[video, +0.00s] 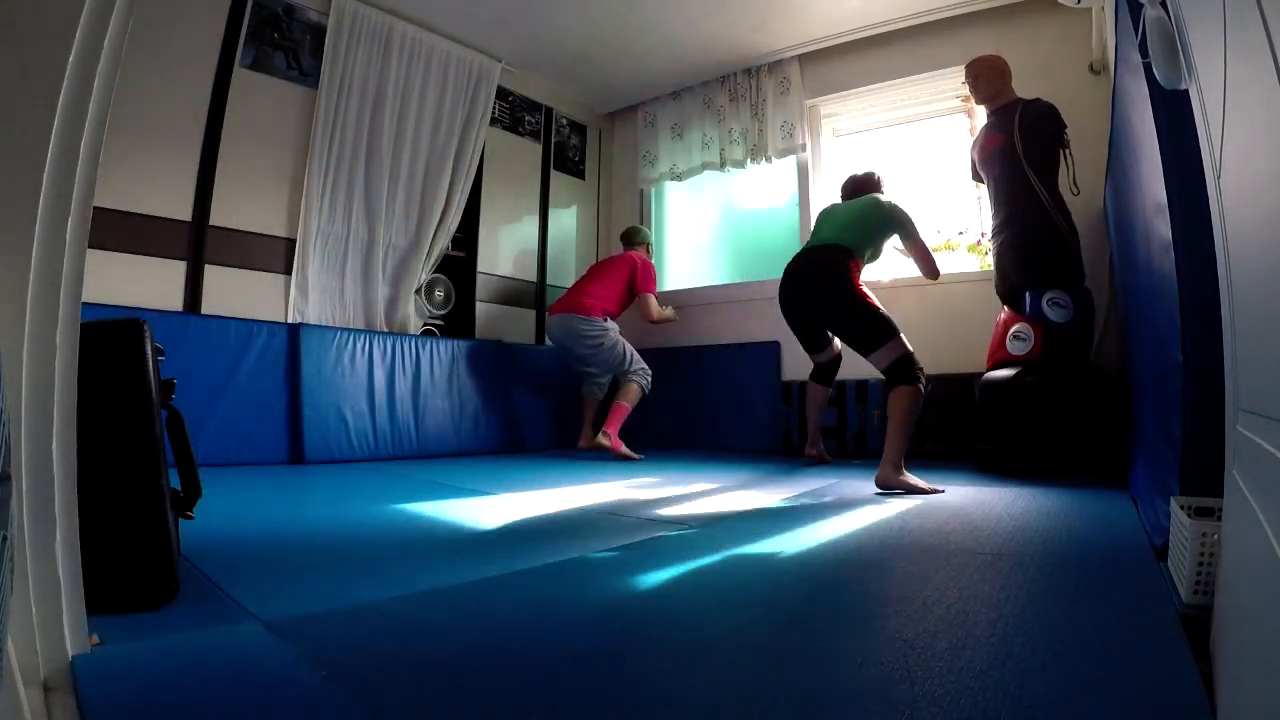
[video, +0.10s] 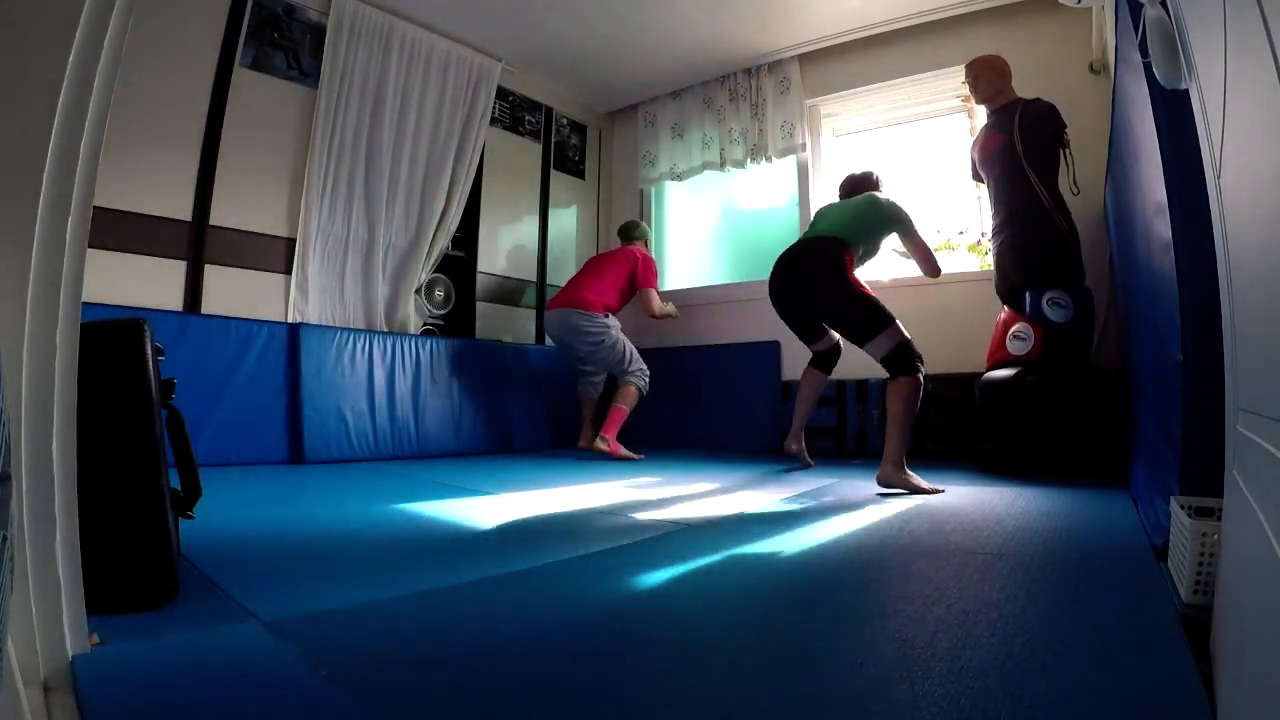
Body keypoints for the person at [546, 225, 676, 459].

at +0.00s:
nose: (651, 254)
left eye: (650, 251)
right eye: (651, 250)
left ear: (624, 247)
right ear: (647, 248)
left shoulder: (607, 262)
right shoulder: (641, 262)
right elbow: (652, 314)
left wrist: (650, 302)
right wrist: (668, 314)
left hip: (556, 319)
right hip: (587, 320)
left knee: (598, 374)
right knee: (638, 372)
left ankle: (586, 435)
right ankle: (610, 433)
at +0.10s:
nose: (649, 247)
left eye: (649, 244)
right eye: (649, 244)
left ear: (621, 242)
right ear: (645, 242)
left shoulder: (602, 257)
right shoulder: (642, 257)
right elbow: (653, 309)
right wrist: (668, 310)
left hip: (554, 314)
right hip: (587, 316)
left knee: (592, 370)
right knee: (636, 373)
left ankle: (586, 435)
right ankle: (608, 437)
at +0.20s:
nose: (645, 240)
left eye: (645, 238)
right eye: (645, 237)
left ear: (616, 234)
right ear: (641, 235)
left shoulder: (597, 248)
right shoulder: (638, 249)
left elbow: (577, 278)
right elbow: (651, 300)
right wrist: (668, 304)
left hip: (547, 303)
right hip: (583, 304)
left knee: (584, 364)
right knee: (627, 368)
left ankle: (584, 431)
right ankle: (607, 439)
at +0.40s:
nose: (632, 238)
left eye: (632, 235)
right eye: (632, 234)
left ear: (602, 231)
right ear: (627, 232)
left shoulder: (587, 244)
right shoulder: (622, 245)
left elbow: (562, 278)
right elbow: (637, 297)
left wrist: (588, 306)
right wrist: (657, 298)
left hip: (526, 299)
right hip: (561, 298)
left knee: (568, 362)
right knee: (613, 357)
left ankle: (552, 437)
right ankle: (587, 424)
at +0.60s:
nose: (617, 231)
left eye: (616, 228)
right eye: (616, 227)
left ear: (584, 223)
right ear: (611, 225)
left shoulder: (568, 236)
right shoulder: (608, 237)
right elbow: (622, 292)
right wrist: (641, 294)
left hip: (503, 289)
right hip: (539, 290)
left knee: (549, 363)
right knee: (584, 362)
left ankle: (546, 434)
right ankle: (557, 437)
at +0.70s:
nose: (608, 229)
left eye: (608, 225)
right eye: (608, 225)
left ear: (578, 219)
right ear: (602, 221)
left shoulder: (561, 232)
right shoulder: (594, 231)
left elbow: (529, 271)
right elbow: (612, 287)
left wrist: (556, 304)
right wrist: (630, 290)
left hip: (487, 285)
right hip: (522, 287)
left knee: (541, 352)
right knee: (575, 351)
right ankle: (557, 436)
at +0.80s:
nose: (598, 229)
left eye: (597, 224)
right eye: (598, 224)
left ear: (568, 219)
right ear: (593, 220)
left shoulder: (547, 233)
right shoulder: (580, 231)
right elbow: (597, 286)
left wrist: (548, 302)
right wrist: (621, 289)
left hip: (472, 290)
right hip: (504, 290)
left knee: (522, 360)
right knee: (564, 349)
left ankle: (497, 437)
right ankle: (532, 423)